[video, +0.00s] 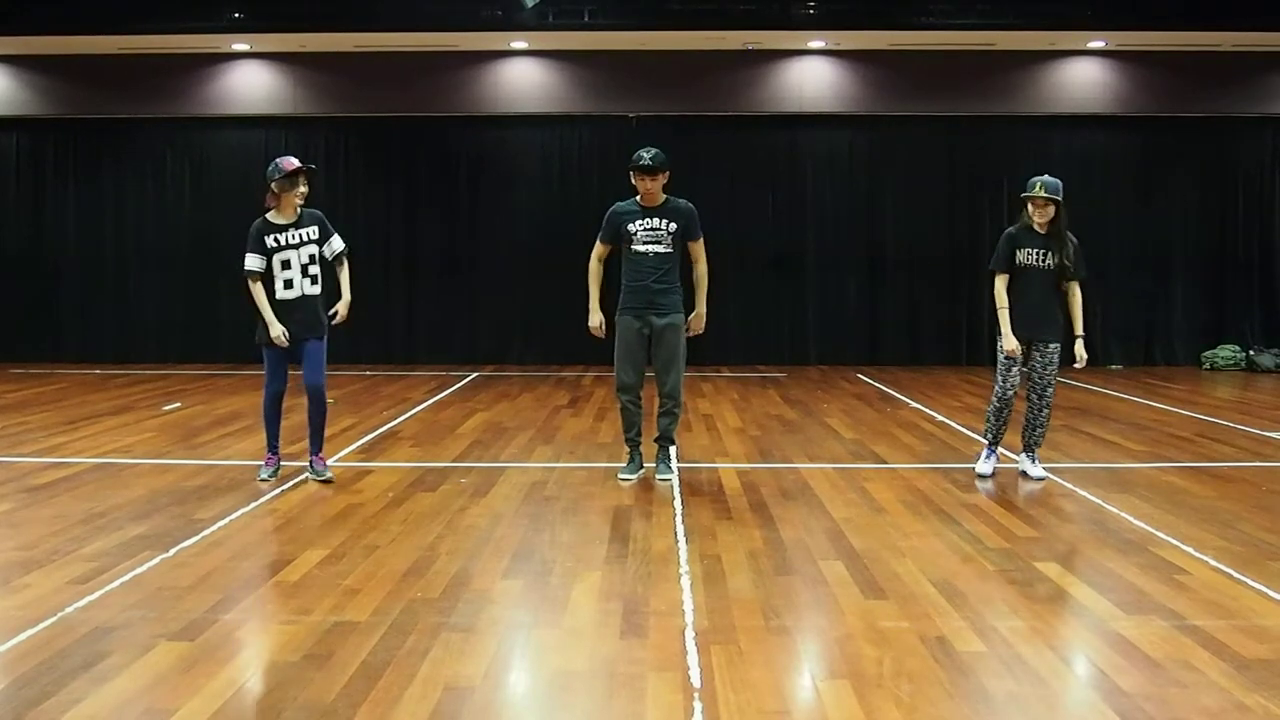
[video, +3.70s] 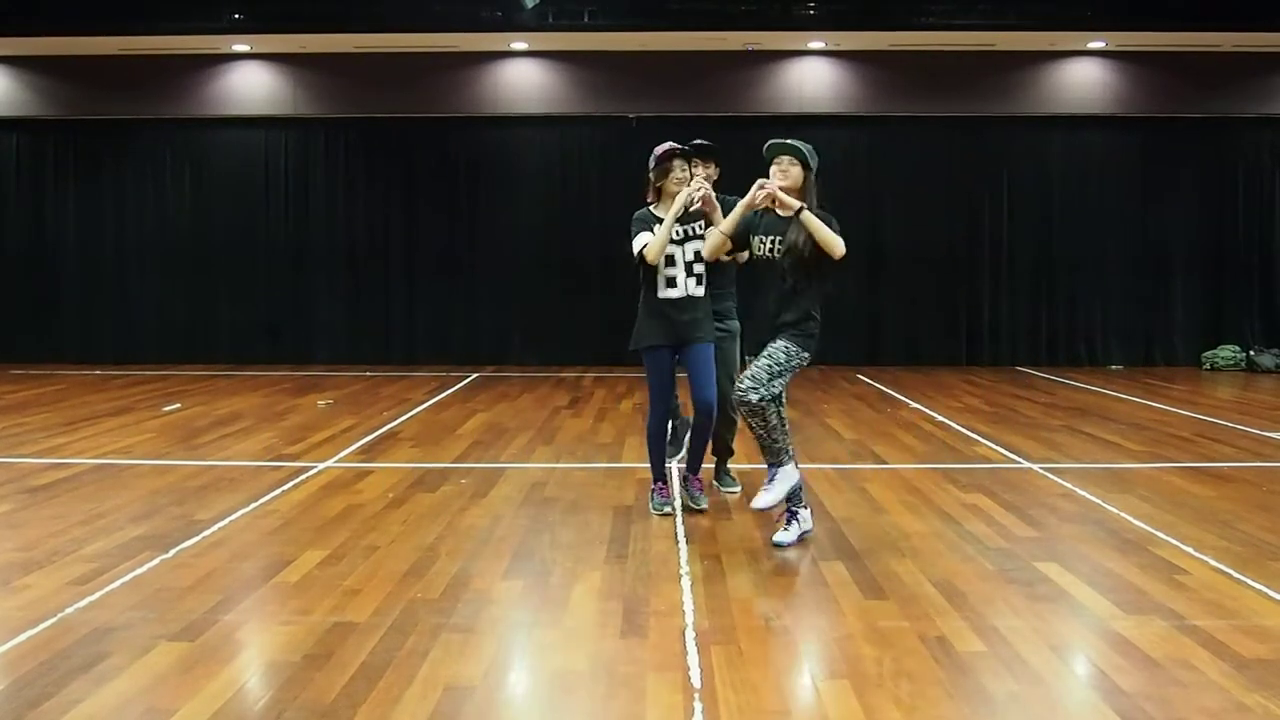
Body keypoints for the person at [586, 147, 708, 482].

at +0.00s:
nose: (646, 181)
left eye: (652, 174)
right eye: (640, 175)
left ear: (664, 176)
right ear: (633, 176)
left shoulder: (684, 212)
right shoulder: (619, 213)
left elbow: (698, 261)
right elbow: (597, 258)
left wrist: (700, 309)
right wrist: (594, 308)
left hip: (670, 314)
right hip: (629, 314)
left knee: (670, 388)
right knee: (627, 387)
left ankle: (665, 451)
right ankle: (633, 453)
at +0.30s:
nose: (644, 196)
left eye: (650, 189)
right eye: (638, 189)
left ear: (660, 190)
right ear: (628, 191)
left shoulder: (678, 223)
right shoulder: (615, 229)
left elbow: (687, 271)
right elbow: (611, 279)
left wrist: (679, 305)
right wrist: (632, 293)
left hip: (669, 313)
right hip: (630, 315)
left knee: (677, 367)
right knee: (623, 386)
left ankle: (666, 430)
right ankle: (633, 453)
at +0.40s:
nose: (647, 196)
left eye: (653, 189)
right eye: (640, 189)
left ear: (663, 191)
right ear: (631, 192)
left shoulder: (680, 223)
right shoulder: (617, 228)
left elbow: (687, 273)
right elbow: (617, 280)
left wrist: (671, 278)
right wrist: (644, 261)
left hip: (671, 308)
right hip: (632, 314)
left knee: (686, 349)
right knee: (624, 387)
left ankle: (670, 411)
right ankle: (633, 454)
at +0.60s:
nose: (659, 185)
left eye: (666, 179)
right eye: (653, 179)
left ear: (676, 182)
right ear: (643, 181)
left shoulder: (690, 218)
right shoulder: (628, 214)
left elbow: (688, 267)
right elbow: (624, 258)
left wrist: (667, 237)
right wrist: (648, 217)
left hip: (679, 315)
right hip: (637, 316)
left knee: (699, 377)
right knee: (630, 387)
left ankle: (689, 446)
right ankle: (634, 454)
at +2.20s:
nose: (681, 179)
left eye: (688, 173)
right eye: (676, 174)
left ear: (702, 180)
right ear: (669, 181)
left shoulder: (720, 219)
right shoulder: (657, 218)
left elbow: (721, 257)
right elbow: (659, 256)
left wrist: (695, 219)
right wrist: (678, 212)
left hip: (714, 311)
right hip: (673, 317)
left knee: (742, 354)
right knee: (671, 395)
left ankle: (722, 418)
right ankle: (677, 462)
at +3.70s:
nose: (701, 174)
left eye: (706, 168)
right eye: (694, 168)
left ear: (717, 171)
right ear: (683, 172)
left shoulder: (733, 207)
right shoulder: (673, 209)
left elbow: (742, 255)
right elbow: (661, 252)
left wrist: (715, 217)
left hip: (722, 312)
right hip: (682, 311)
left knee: (727, 391)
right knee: (665, 384)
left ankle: (723, 463)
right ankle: (677, 422)